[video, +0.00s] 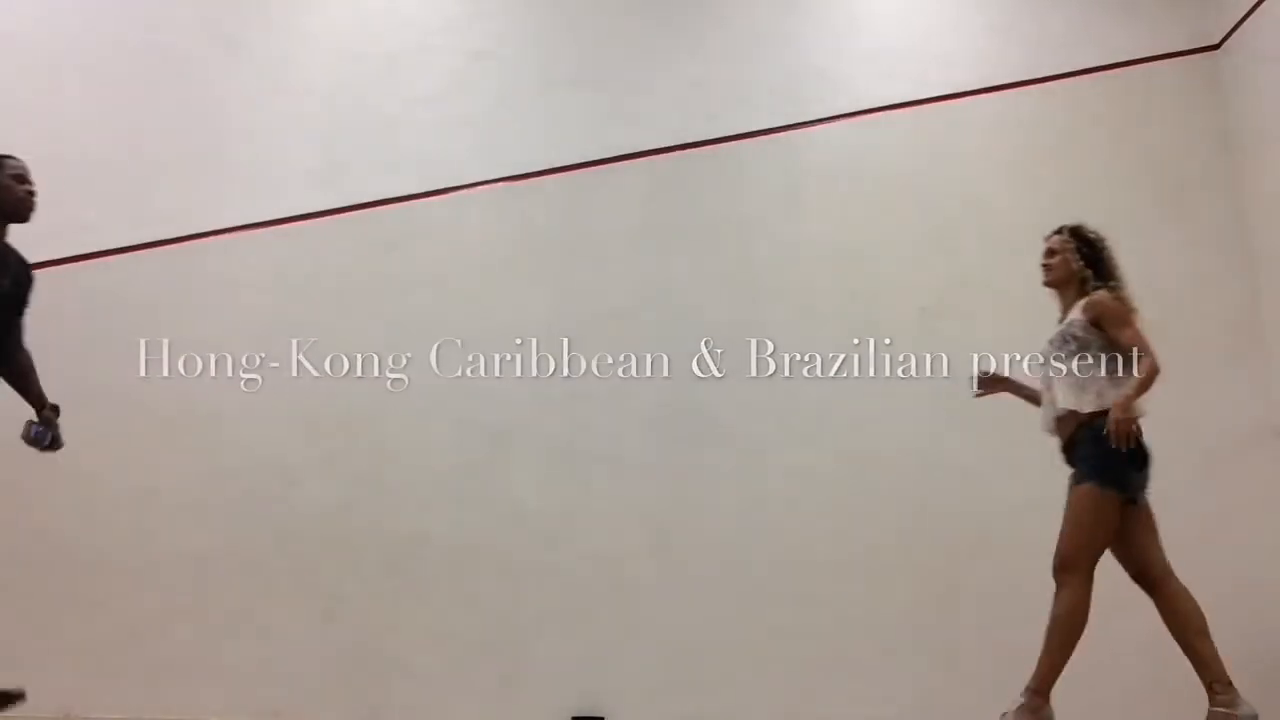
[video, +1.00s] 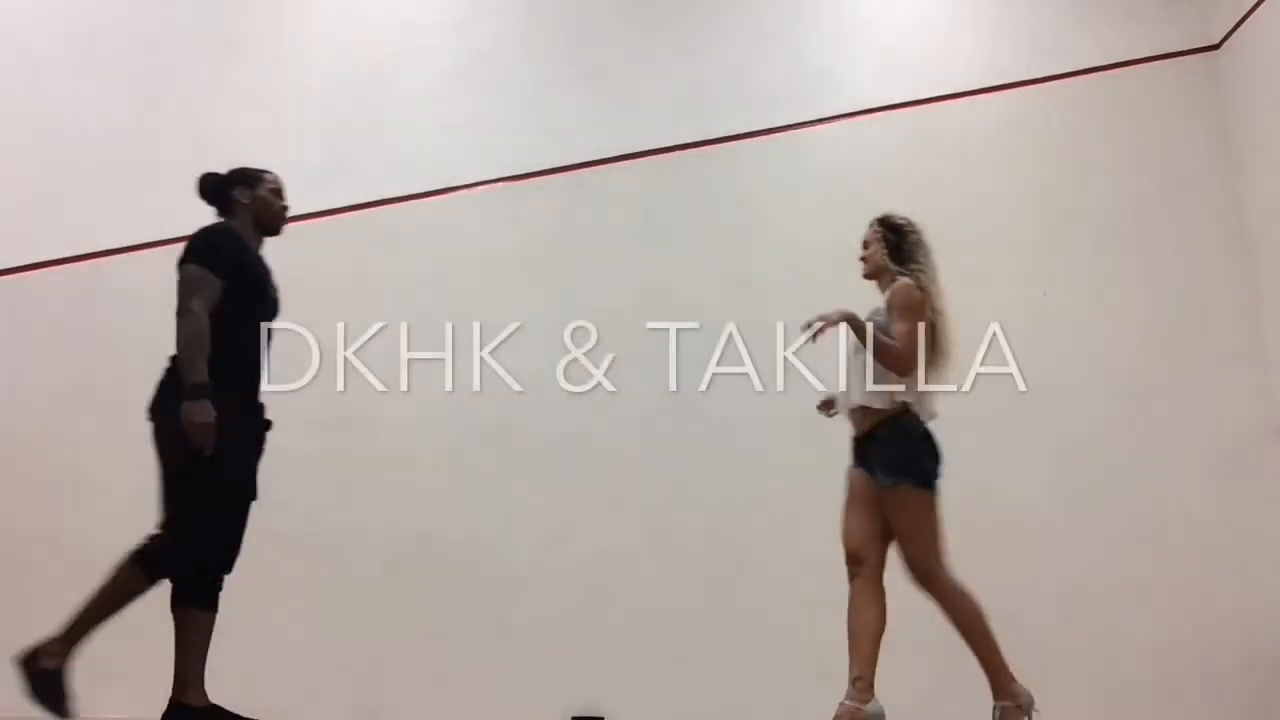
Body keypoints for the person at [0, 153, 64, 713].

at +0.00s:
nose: (30, 189)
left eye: (30, 180)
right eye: (18, 179)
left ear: (21, 193)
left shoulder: (15, 268)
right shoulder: (9, 267)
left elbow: (8, 347)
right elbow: (9, 347)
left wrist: (41, 403)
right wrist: (41, 404)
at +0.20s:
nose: (82, 185)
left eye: (81, 175)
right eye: (69, 173)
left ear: (40, 181)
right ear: (30, 179)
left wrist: (47, 476)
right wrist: (32, 475)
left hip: (30, 447)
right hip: (6, 447)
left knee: (16, 553)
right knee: (7, 556)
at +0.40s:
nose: (132, 184)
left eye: (132, 176)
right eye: (122, 173)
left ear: (94, 178)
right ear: (85, 173)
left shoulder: (89, 240)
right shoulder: (53, 222)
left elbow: (71, 328)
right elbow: (32, 300)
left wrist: (84, 401)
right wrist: (47, 379)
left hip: (76, 406)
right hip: (28, 404)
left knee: (102, 531)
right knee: (8, 535)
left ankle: (29, 678)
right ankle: (24, 683)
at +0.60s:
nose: (181, 193)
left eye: (181, 185)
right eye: (172, 181)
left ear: (142, 186)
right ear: (137, 181)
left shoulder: (131, 243)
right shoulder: (109, 227)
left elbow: (104, 321)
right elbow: (98, 294)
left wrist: (133, 392)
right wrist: (142, 370)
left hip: (115, 413)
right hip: (79, 411)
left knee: (141, 547)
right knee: (26, 548)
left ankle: (173, 682)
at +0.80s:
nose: (237, 202)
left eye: (236, 193)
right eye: (227, 191)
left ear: (199, 196)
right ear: (194, 193)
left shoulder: (196, 254)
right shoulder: (169, 235)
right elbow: (149, 306)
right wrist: (190, 382)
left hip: (175, 421)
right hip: (140, 418)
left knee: (180, 560)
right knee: (80, 547)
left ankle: (187, 696)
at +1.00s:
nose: (285, 202)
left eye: (283, 194)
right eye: (276, 192)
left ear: (249, 201)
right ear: (244, 197)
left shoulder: (248, 258)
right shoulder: (217, 242)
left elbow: (238, 345)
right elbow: (192, 311)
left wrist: (248, 414)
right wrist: (197, 393)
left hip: (232, 421)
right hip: (197, 415)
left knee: (209, 552)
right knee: (183, 541)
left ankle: (189, 697)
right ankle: (52, 653)